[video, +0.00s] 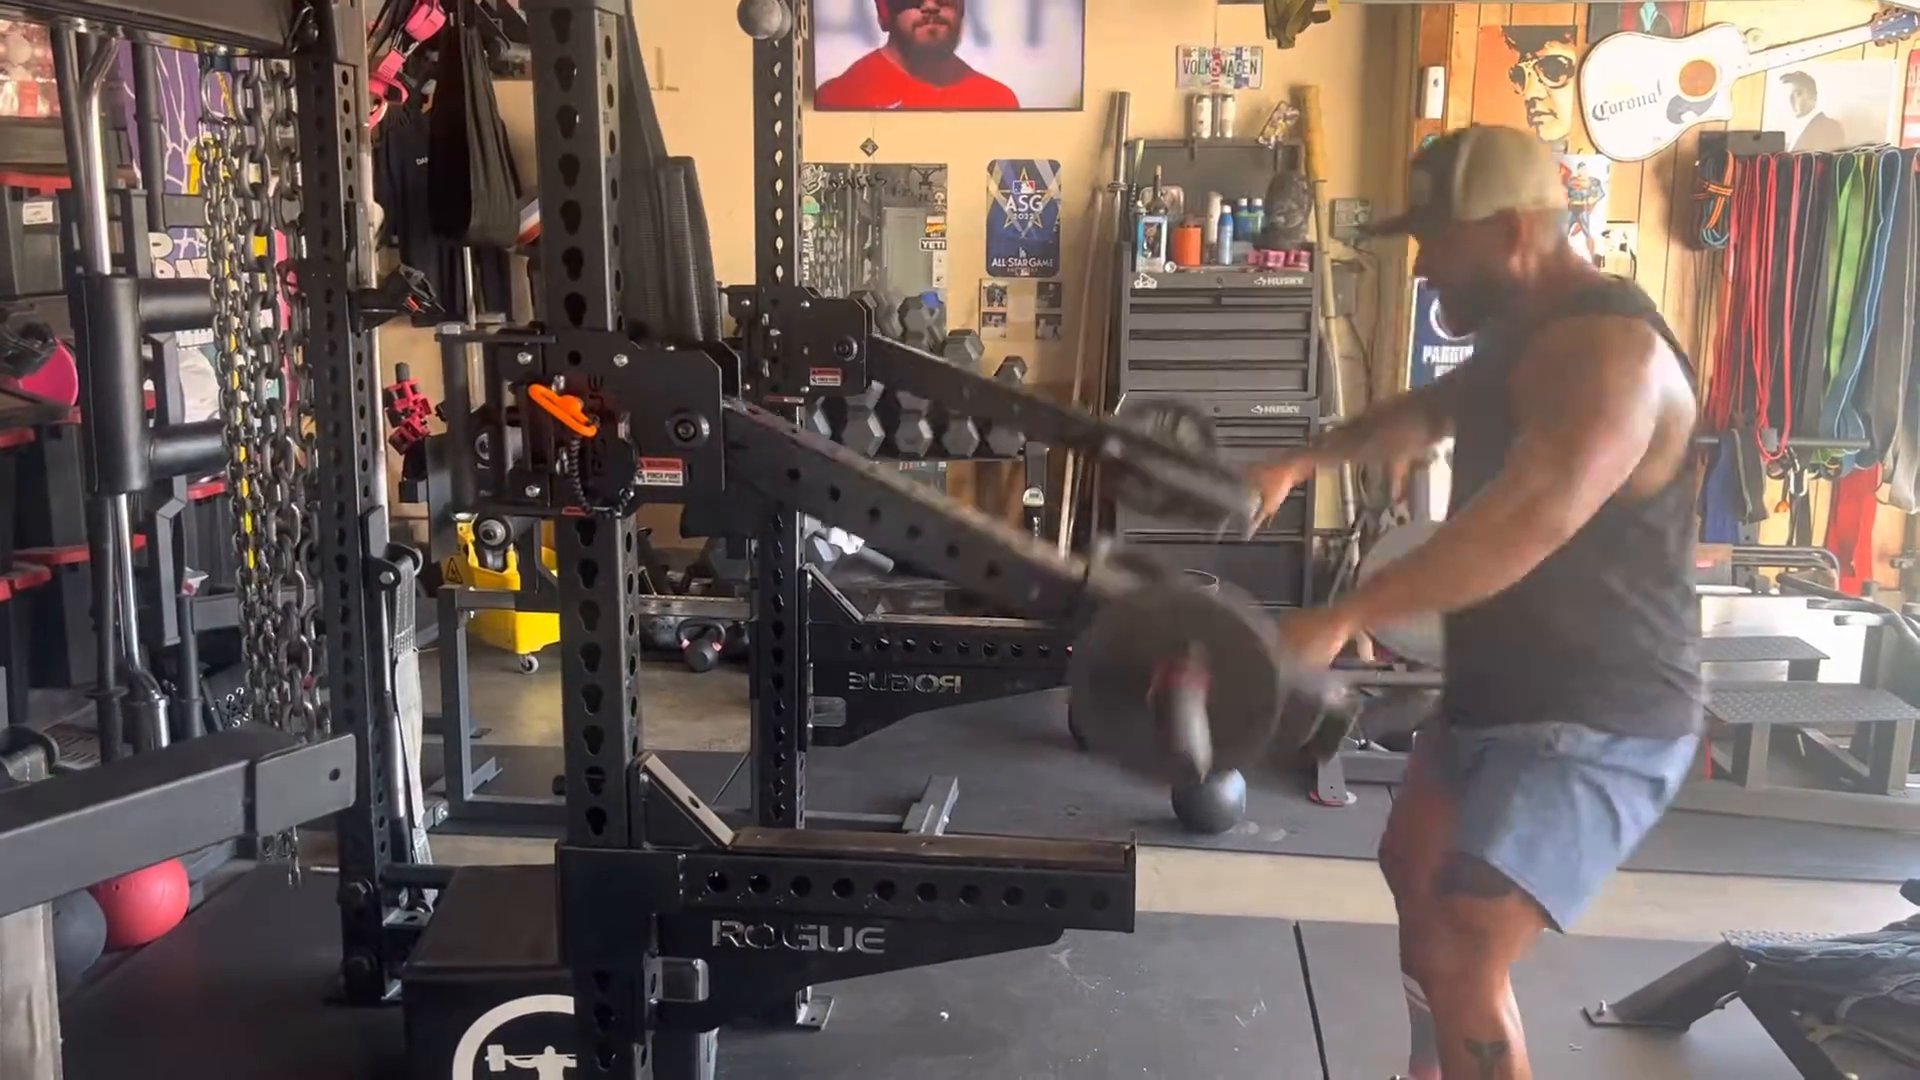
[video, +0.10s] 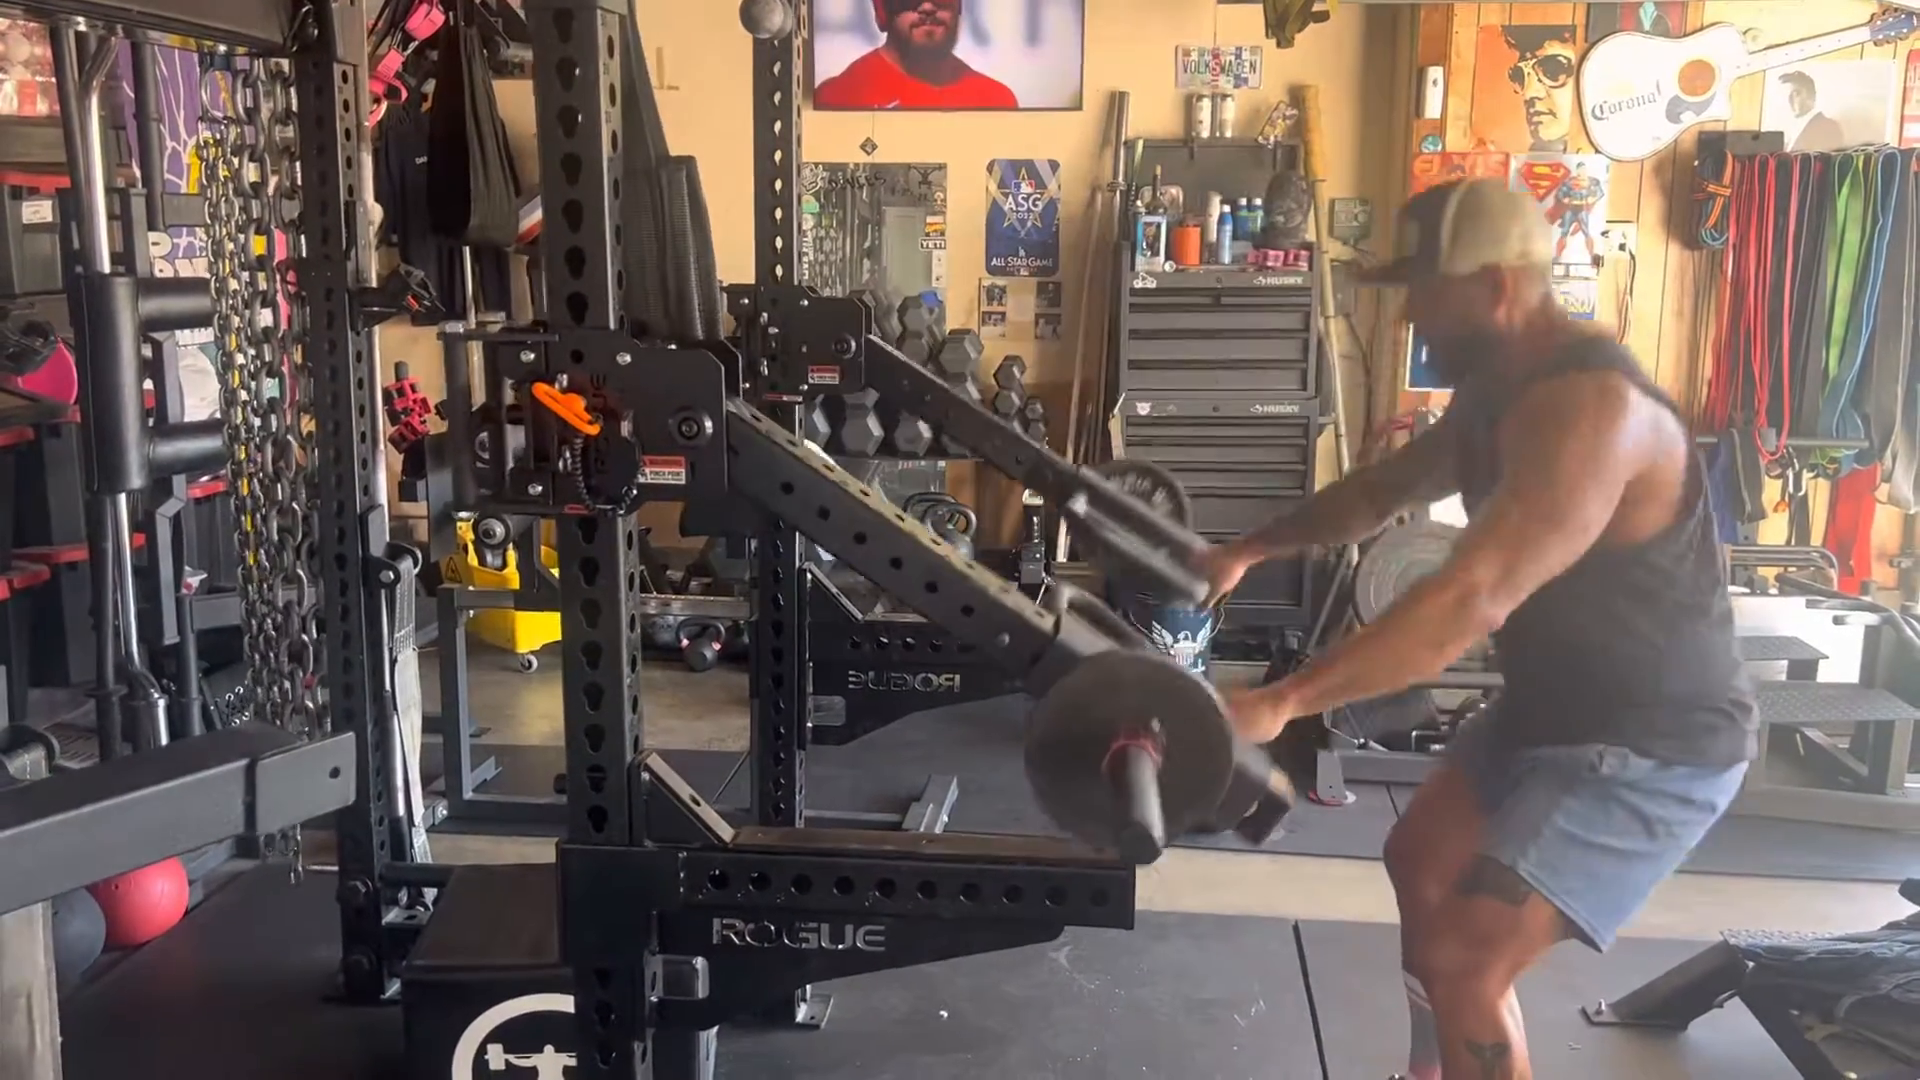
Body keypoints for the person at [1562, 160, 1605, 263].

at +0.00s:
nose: (1583, 172)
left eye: (1585, 170)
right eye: (1581, 170)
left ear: (1587, 170)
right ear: (1578, 171)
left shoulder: (1594, 181)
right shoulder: (1572, 181)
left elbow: (1601, 194)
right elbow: (1568, 192)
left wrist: (1593, 202)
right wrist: (1569, 201)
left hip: (1584, 208)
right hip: (1572, 208)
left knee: (1587, 233)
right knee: (1565, 231)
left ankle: (1592, 257)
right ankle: (1562, 255)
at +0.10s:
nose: (1582, 173)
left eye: (1584, 171)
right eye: (1580, 171)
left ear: (1586, 171)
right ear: (1577, 171)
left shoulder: (1593, 182)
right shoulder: (1570, 182)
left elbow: (1600, 193)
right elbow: (1559, 193)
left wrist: (1592, 200)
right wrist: (1564, 199)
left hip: (1583, 207)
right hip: (1571, 207)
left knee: (1586, 232)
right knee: (1564, 232)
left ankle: (1592, 256)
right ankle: (1557, 256)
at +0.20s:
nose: (1580, 172)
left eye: (1582, 169)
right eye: (1578, 170)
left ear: (1584, 170)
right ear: (1575, 170)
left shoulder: (1591, 181)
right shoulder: (1568, 181)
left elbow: (1599, 193)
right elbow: (1558, 193)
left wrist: (1591, 200)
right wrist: (1563, 199)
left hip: (1581, 207)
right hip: (1569, 207)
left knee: (1585, 231)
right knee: (1563, 231)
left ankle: (1590, 256)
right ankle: (1556, 256)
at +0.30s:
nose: (1579, 172)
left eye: (1581, 169)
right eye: (1577, 170)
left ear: (1583, 170)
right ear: (1574, 170)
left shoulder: (1590, 181)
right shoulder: (1567, 181)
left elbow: (1598, 193)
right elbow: (1556, 193)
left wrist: (1590, 200)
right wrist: (1561, 199)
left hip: (1580, 207)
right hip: (1568, 206)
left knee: (1583, 231)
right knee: (1561, 231)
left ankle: (1589, 255)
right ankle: (1555, 255)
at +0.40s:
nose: (1578, 171)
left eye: (1579, 169)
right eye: (1576, 169)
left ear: (1582, 169)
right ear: (1573, 170)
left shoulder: (1589, 181)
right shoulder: (1566, 180)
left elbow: (1596, 192)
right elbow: (1555, 192)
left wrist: (1588, 199)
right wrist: (1561, 199)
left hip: (1579, 206)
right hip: (1567, 206)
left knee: (1582, 231)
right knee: (1560, 231)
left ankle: (1588, 255)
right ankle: (1553, 255)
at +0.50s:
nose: (1576, 170)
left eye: (1578, 168)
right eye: (1574, 168)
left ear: (1580, 168)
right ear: (1571, 169)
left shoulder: (1587, 180)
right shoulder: (1564, 180)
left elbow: (1594, 191)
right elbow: (1553, 192)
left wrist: (1586, 199)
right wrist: (1558, 198)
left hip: (1577, 206)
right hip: (1565, 205)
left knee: (1581, 230)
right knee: (1558, 230)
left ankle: (1586, 255)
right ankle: (1551, 255)